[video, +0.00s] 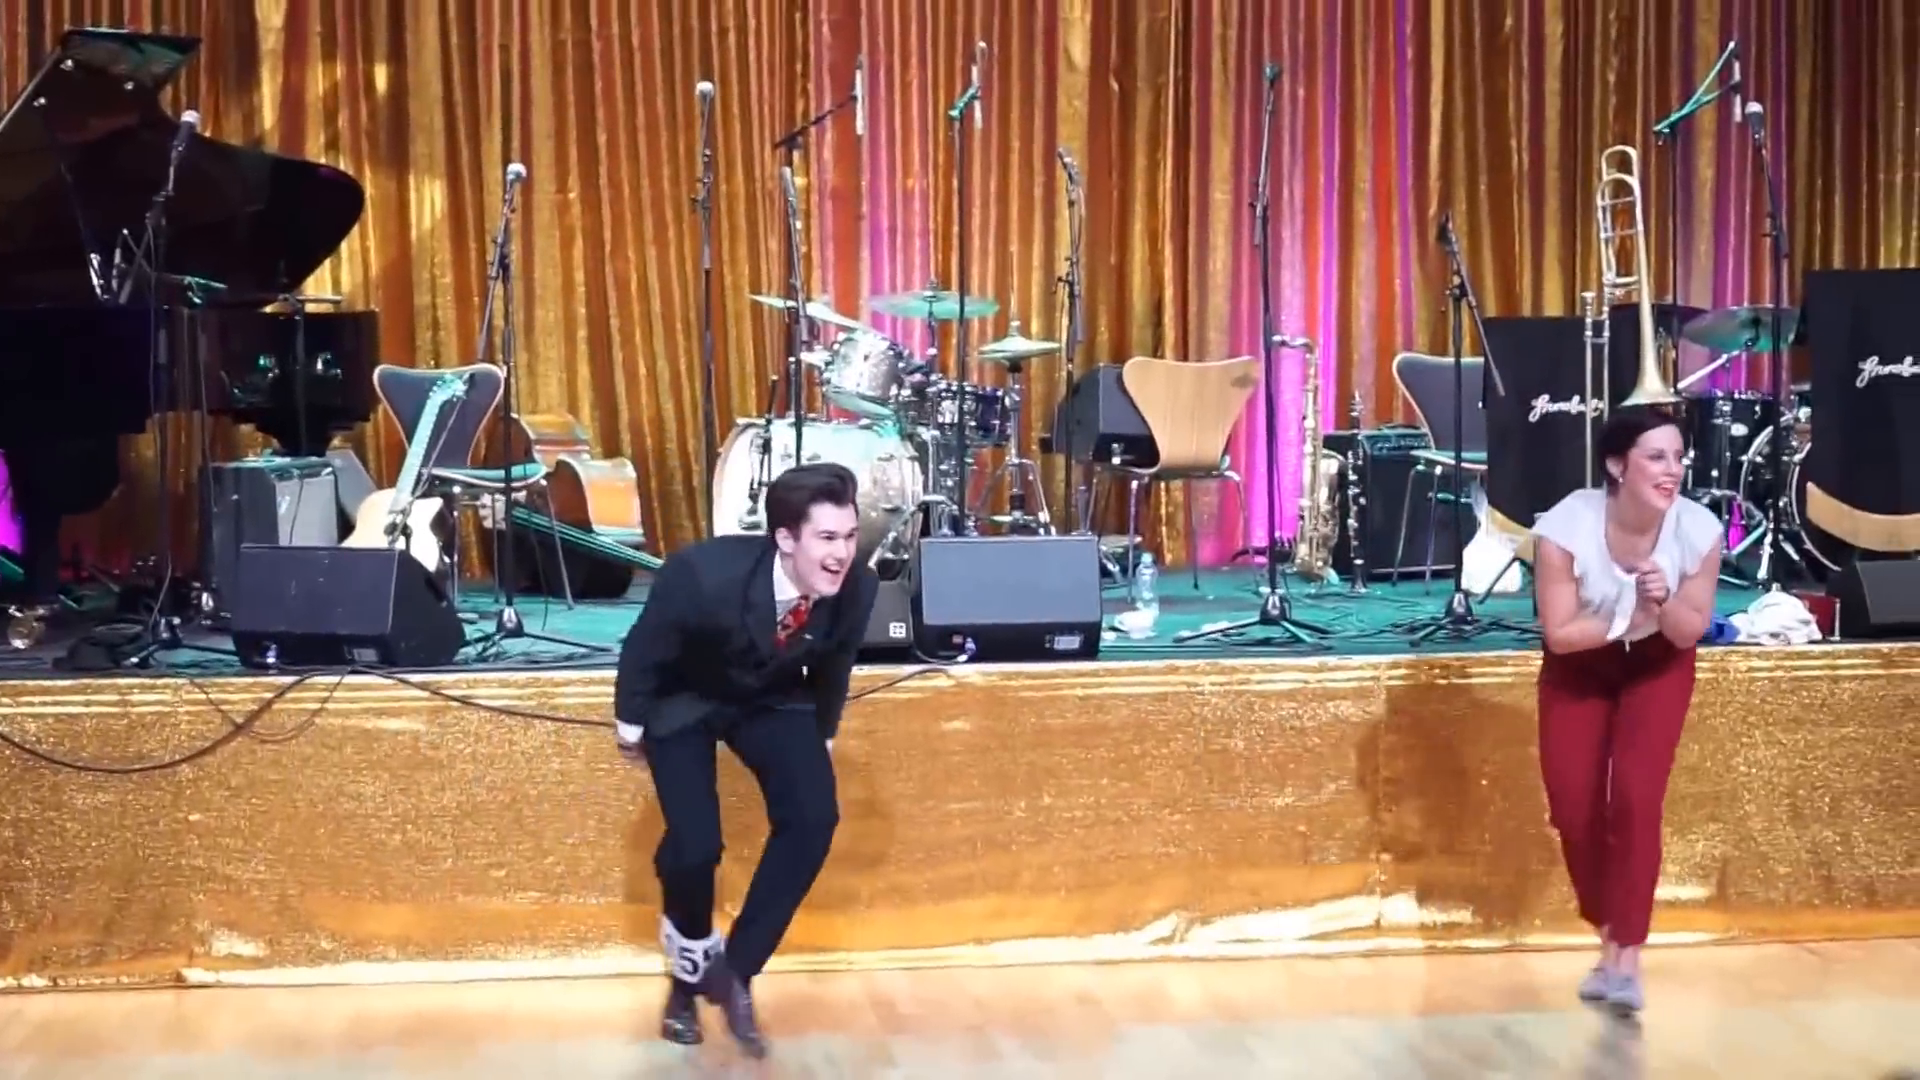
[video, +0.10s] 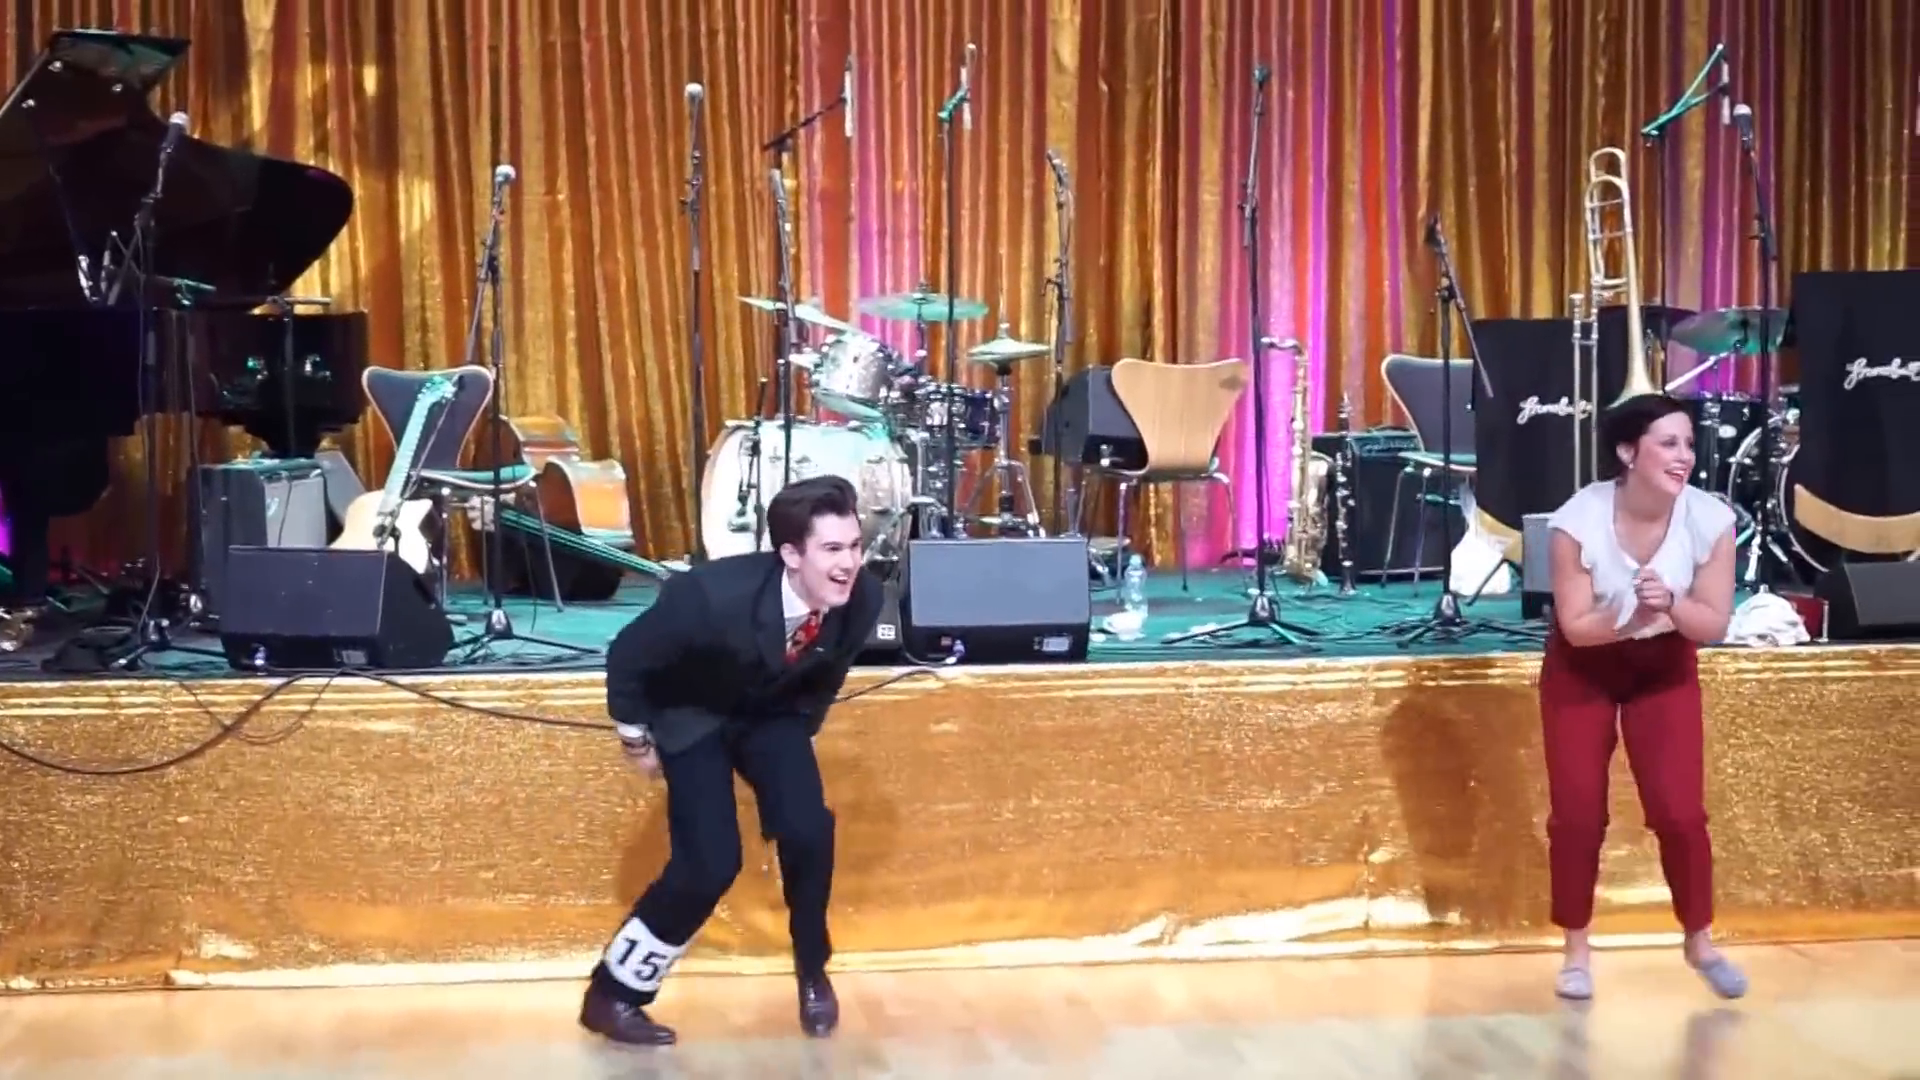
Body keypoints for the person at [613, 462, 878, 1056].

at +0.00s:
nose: (843, 553)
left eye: (850, 536)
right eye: (828, 538)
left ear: (859, 535)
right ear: (784, 540)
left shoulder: (854, 588)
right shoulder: (700, 577)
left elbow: (835, 665)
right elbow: (641, 652)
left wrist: (822, 731)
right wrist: (630, 729)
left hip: (771, 698)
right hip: (681, 699)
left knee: (811, 819)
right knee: (694, 846)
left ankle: (734, 971)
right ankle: (687, 975)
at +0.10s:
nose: (849, 563)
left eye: (855, 547)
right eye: (833, 549)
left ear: (864, 547)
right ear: (789, 554)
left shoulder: (860, 599)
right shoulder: (707, 597)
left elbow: (828, 678)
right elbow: (625, 657)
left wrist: (799, 732)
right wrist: (634, 733)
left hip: (773, 713)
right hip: (687, 712)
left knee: (809, 831)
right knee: (710, 860)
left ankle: (812, 970)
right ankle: (610, 995)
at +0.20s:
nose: (863, 564)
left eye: (866, 549)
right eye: (847, 552)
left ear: (872, 547)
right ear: (803, 560)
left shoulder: (871, 592)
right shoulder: (723, 608)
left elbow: (849, 658)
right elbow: (642, 675)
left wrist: (826, 714)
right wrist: (639, 758)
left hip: (792, 727)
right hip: (707, 727)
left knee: (817, 867)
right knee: (721, 874)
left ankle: (794, 983)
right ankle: (605, 995)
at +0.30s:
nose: (875, 541)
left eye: (877, 524)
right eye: (858, 532)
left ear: (885, 519)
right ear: (813, 541)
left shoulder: (888, 563)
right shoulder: (742, 590)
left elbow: (874, 655)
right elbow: (669, 655)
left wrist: (861, 735)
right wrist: (677, 752)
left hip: (818, 710)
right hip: (733, 706)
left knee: (846, 850)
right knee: (759, 838)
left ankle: (778, 976)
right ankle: (654, 956)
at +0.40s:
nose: (879, 532)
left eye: (880, 515)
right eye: (862, 524)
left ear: (887, 510)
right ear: (819, 536)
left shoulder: (901, 551)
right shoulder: (750, 581)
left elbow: (900, 642)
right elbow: (705, 651)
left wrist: (902, 733)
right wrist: (735, 742)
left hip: (839, 695)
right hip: (765, 699)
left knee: (869, 832)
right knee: (821, 814)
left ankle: (785, 943)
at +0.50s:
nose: (883, 529)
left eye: (882, 512)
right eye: (865, 521)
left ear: (887, 503)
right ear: (822, 532)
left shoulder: (908, 542)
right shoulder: (763, 600)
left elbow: (931, 623)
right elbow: (745, 699)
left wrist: (947, 708)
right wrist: (789, 761)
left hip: (872, 716)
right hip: (798, 726)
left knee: (864, 852)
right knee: (864, 845)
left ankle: (770, 971)